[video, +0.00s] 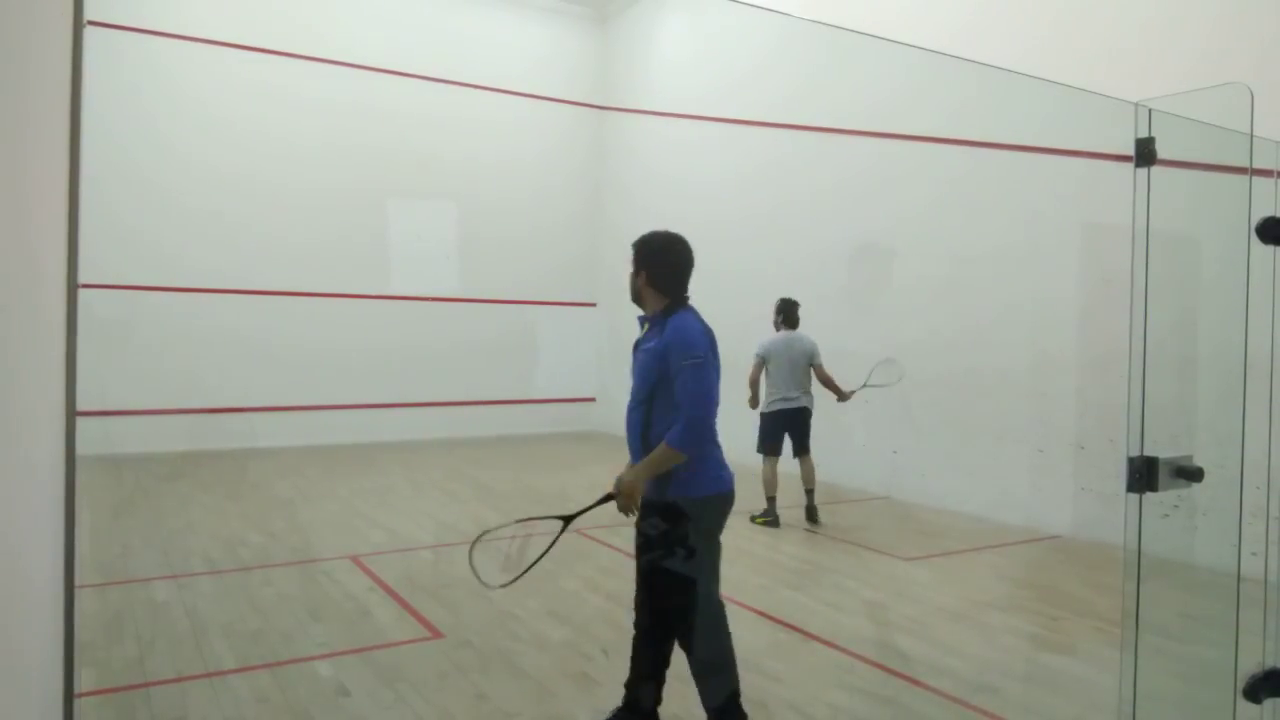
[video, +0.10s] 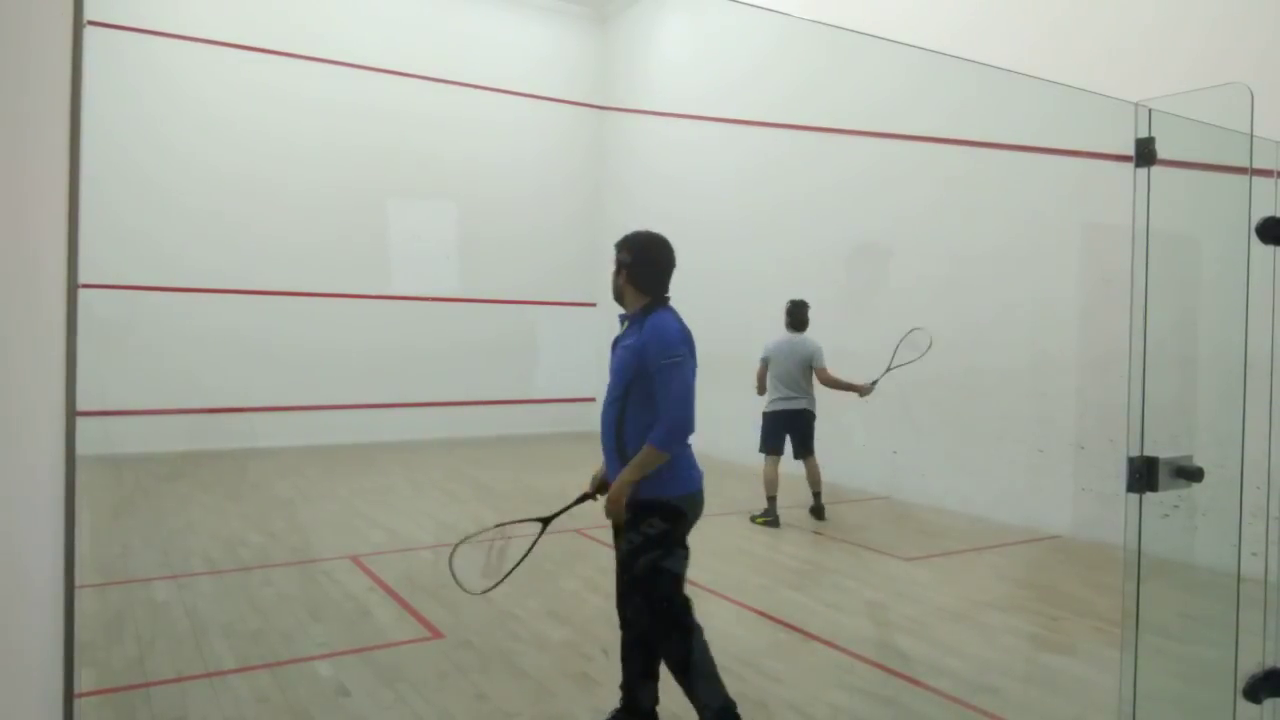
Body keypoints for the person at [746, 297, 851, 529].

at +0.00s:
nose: (773, 320)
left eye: (774, 316)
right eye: (775, 316)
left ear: (778, 319)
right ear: (797, 319)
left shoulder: (767, 344)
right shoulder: (808, 344)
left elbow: (753, 377)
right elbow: (822, 376)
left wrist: (754, 397)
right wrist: (840, 393)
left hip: (773, 412)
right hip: (801, 411)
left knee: (770, 460)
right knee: (804, 456)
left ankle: (770, 511)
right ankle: (811, 506)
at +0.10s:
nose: (807, 319)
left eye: (803, 315)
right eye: (806, 316)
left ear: (786, 320)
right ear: (806, 320)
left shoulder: (772, 346)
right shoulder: (812, 346)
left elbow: (761, 381)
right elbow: (824, 379)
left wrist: (762, 388)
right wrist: (857, 388)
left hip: (774, 413)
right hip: (803, 413)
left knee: (771, 460)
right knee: (809, 457)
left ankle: (771, 512)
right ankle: (818, 505)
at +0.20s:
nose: (824, 319)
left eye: (821, 315)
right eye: (823, 316)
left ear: (802, 318)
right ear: (821, 320)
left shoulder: (787, 343)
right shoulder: (821, 346)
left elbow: (776, 357)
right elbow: (829, 379)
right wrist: (864, 385)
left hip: (784, 409)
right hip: (811, 411)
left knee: (774, 455)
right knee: (813, 457)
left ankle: (769, 504)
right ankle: (818, 506)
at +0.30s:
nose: (830, 319)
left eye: (829, 315)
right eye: (830, 316)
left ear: (811, 318)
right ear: (829, 321)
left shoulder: (797, 338)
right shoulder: (827, 346)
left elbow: (785, 341)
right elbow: (841, 376)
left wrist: (791, 333)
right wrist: (875, 372)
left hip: (786, 403)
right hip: (812, 409)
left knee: (773, 452)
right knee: (814, 456)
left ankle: (770, 500)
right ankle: (818, 506)